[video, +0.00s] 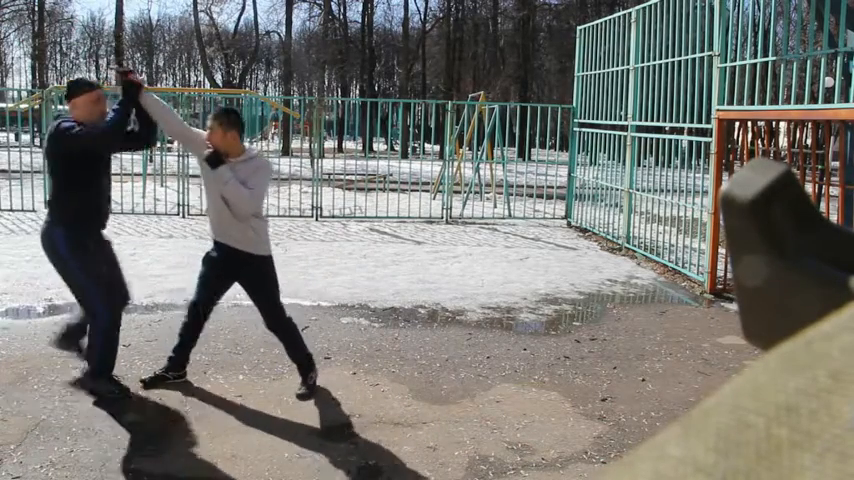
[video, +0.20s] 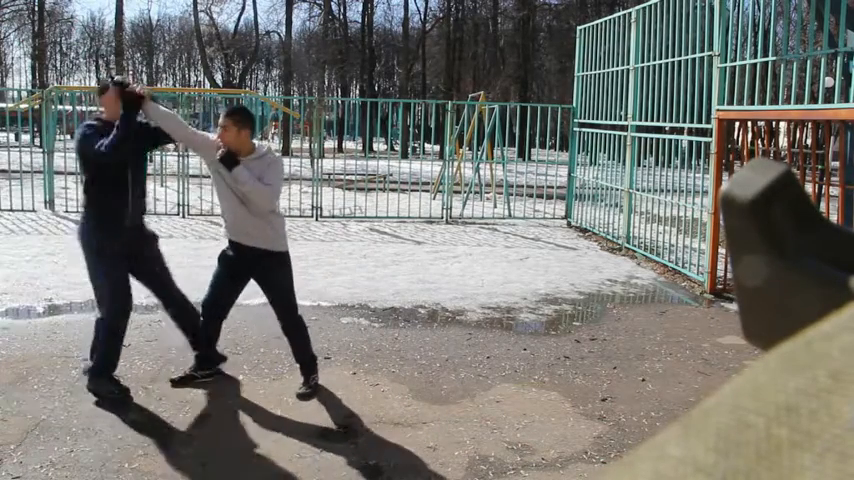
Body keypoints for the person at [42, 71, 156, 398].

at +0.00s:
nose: (104, 106)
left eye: (103, 100)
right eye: (96, 101)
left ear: (100, 103)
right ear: (75, 105)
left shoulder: (100, 131)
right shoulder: (63, 133)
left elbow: (143, 139)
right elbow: (108, 136)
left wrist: (140, 101)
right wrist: (128, 97)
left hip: (90, 235)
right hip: (64, 236)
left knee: (117, 296)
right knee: (101, 305)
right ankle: (98, 376)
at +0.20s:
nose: (101, 97)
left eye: (106, 92)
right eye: (103, 92)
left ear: (122, 101)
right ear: (105, 100)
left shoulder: (139, 132)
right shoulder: (89, 132)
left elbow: (177, 133)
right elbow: (109, 154)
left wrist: (147, 106)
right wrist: (131, 112)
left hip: (135, 233)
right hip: (100, 236)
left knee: (171, 295)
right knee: (116, 307)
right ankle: (100, 376)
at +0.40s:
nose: (142, 107)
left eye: (148, 102)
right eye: (137, 101)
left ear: (160, 102)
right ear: (128, 104)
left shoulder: (176, 129)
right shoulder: (123, 133)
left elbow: (195, 122)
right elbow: (115, 176)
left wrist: (145, 113)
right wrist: (122, 129)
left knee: (204, 293)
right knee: (134, 301)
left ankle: (212, 358)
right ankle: (131, 366)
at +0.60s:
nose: (144, 111)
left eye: (149, 104)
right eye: (139, 106)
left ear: (167, 101)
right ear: (137, 109)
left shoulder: (185, 127)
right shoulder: (142, 139)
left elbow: (175, 126)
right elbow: (129, 181)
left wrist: (125, 125)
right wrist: (118, 142)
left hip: (193, 227)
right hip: (161, 229)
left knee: (203, 293)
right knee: (160, 294)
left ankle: (214, 356)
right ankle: (199, 345)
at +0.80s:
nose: (144, 123)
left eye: (147, 116)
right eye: (142, 117)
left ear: (166, 112)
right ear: (150, 118)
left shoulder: (181, 132)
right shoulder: (163, 143)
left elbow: (142, 151)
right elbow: (155, 192)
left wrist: (126, 144)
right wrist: (131, 160)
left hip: (197, 232)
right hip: (174, 231)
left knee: (167, 291)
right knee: (161, 291)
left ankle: (212, 327)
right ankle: (199, 346)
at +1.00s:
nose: (150, 124)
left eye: (152, 118)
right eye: (149, 119)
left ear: (171, 115)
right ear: (174, 116)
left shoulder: (180, 137)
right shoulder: (186, 132)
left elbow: (134, 177)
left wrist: (141, 151)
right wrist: (151, 149)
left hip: (201, 235)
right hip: (186, 231)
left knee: (167, 286)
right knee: (172, 288)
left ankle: (161, 356)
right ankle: (200, 350)